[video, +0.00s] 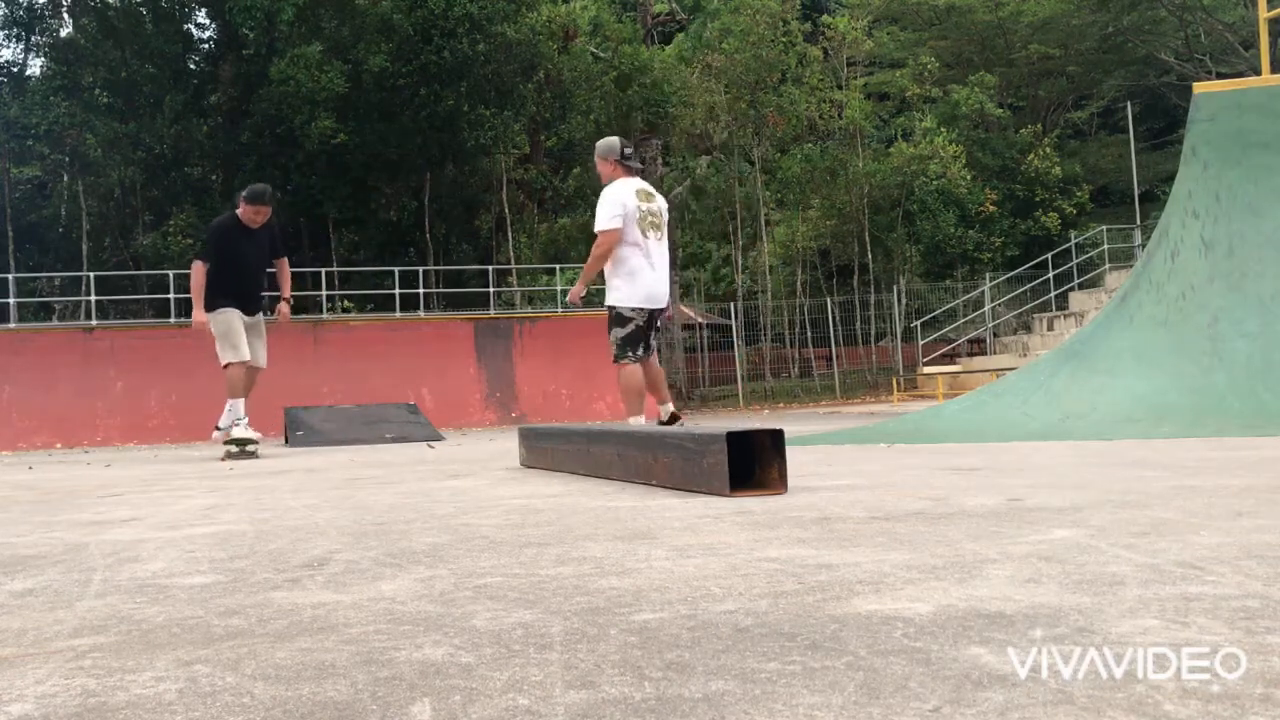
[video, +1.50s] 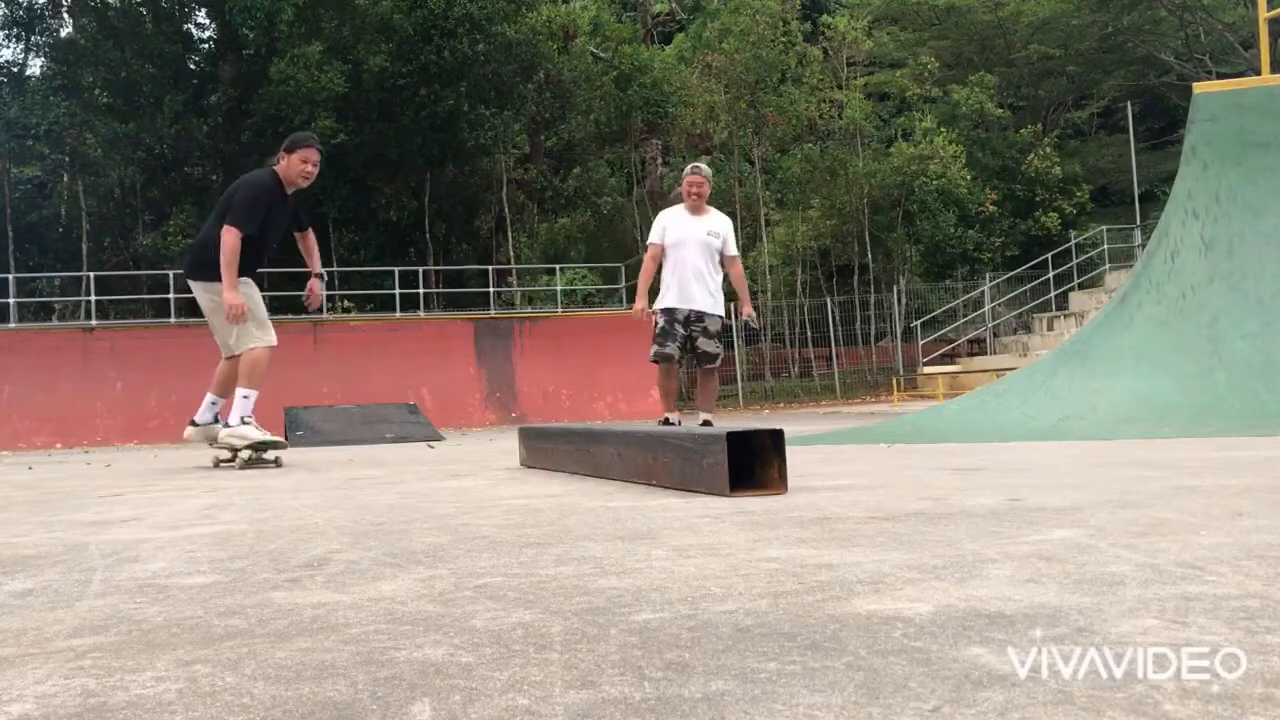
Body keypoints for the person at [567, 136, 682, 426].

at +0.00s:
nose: (597, 170)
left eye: (598, 164)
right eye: (596, 164)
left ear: (611, 164)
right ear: (625, 163)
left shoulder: (613, 194)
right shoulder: (654, 195)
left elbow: (606, 242)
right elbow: (659, 248)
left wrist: (582, 283)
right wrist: (664, 296)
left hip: (629, 293)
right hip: (656, 292)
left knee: (627, 358)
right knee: (646, 352)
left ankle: (635, 425)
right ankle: (667, 411)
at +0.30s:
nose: (599, 189)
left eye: (602, 183)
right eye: (597, 184)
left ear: (619, 180)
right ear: (615, 182)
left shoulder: (640, 207)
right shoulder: (624, 210)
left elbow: (648, 252)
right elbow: (636, 257)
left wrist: (630, 293)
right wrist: (626, 294)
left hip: (653, 298)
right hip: (639, 299)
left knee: (643, 357)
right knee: (635, 359)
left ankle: (654, 418)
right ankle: (656, 415)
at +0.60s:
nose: (618, 184)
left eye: (623, 178)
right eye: (614, 180)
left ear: (639, 177)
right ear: (612, 184)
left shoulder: (665, 207)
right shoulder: (617, 217)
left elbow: (684, 248)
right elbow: (612, 262)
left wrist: (695, 287)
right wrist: (596, 302)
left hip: (670, 303)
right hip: (636, 306)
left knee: (684, 362)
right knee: (648, 365)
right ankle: (660, 423)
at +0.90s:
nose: (658, 189)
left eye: (664, 184)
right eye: (653, 184)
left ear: (676, 185)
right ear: (647, 185)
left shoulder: (695, 216)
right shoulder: (635, 217)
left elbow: (706, 259)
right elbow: (623, 259)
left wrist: (713, 298)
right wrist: (616, 294)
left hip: (688, 306)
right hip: (649, 306)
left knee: (695, 365)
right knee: (654, 364)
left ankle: (703, 416)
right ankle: (661, 423)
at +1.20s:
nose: (687, 190)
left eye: (692, 185)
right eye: (682, 185)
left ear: (702, 188)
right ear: (675, 187)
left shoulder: (716, 221)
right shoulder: (659, 217)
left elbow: (725, 264)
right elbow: (646, 259)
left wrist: (733, 302)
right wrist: (642, 295)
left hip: (703, 307)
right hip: (666, 304)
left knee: (703, 365)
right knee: (661, 361)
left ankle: (704, 419)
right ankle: (660, 419)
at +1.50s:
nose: (694, 190)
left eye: (700, 185)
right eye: (690, 185)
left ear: (709, 189)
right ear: (682, 187)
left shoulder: (722, 222)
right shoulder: (665, 217)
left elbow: (733, 263)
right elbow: (652, 257)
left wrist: (745, 302)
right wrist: (641, 297)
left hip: (708, 305)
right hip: (671, 303)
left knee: (708, 365)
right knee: (667, 362)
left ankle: (705, 419)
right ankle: (670, 417)